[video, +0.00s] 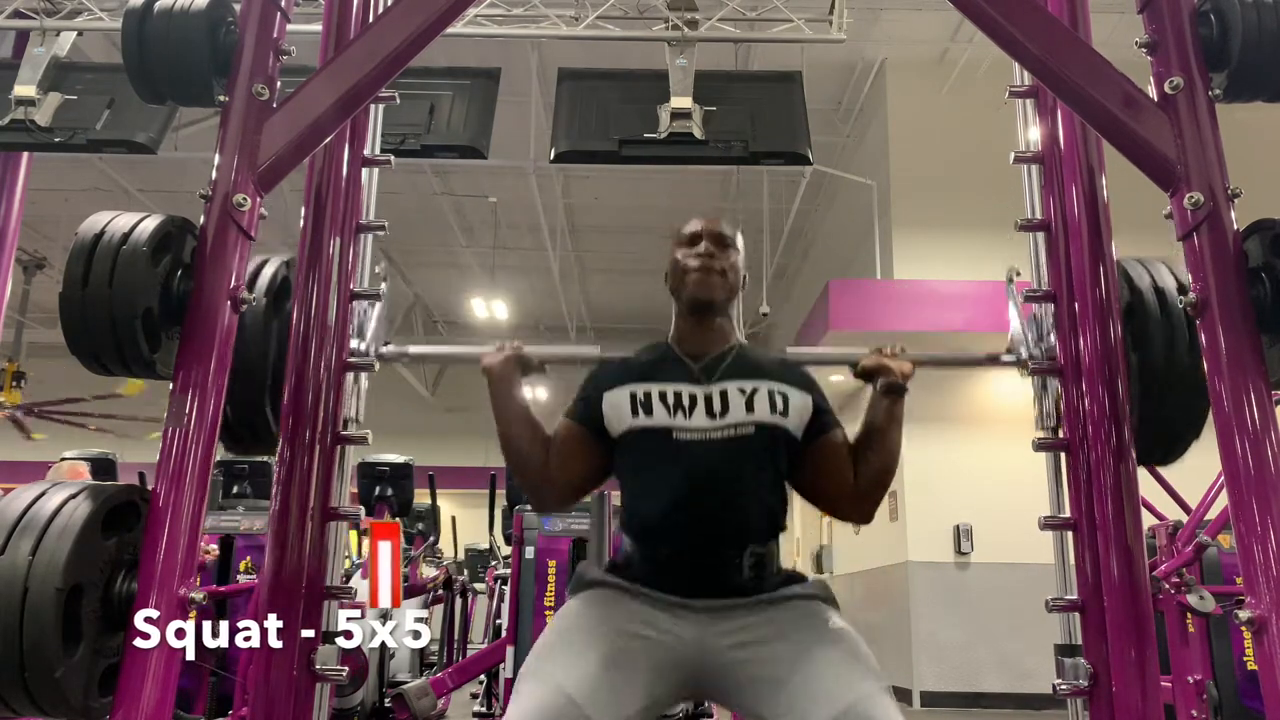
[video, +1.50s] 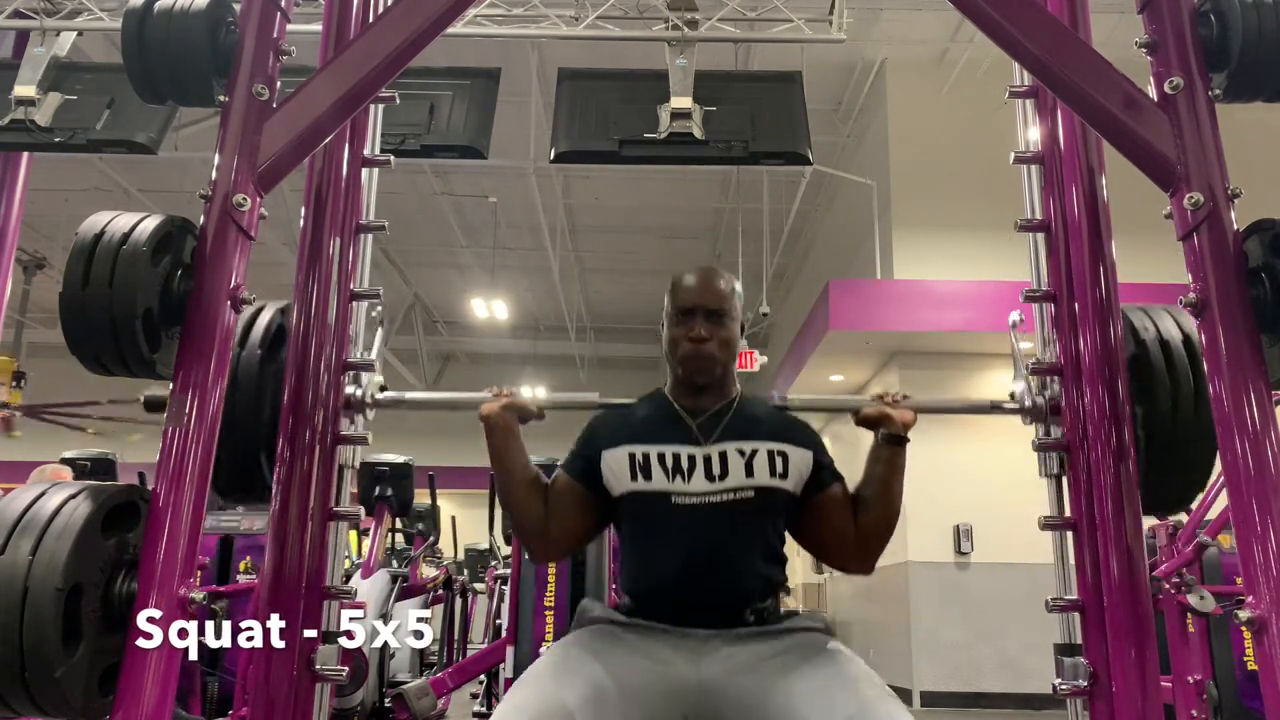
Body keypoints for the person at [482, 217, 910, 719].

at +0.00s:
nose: (707, 252)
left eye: (722, 246)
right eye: (691, 243)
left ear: (741, 279)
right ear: (667, 274)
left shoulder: (787, 383)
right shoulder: (615, 382)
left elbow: (856, 501)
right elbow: (549, 488)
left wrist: (889, 397)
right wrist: (504, 386)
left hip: (767, 615)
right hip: (632, 611)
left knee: (871, 713)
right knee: (532, 712)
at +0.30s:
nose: (702, 385)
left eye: (718, 372)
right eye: (688, 372)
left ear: (742, 388)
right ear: (666, 390)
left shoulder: (789, 497)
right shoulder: (614, 490)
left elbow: (858, 615)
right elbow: (546, 601)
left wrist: (893, 505)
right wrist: (499, 490)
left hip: (766, 693)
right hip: (636, 691)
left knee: (886, 718)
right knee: (512, 718)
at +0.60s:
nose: (698, 464)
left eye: (716, 449)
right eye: (682, 447)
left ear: (742, 455)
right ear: (662, 453)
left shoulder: (792, 562)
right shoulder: (608, 556)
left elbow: (860, 682)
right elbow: (542, 666)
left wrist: (898, 564)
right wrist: (495, 551)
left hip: (755, 714)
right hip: (647, 714)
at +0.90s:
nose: (697, 467)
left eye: (715, 451)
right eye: (681, 451)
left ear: (742, 457)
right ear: (661, 455)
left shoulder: (790, 564)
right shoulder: (607, 560)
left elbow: (860, 685)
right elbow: (539, 671)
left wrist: (898, 566)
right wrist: (495, 554)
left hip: (755, 715)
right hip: (645, 714)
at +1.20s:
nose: (698, 405)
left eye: (715, 391)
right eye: (684, 390)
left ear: (741, 403)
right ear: (663, 402)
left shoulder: (789, 507)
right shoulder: (614, 500)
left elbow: (860, 625)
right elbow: (544, 613)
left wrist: (894, 514)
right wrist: (497, 498)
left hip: (768, 697)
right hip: (633, 695)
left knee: (885, 718)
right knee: (509, 717)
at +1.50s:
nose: (697, 331)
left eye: (714, 318)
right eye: (684, 316)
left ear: (741, 335)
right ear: (665, 331)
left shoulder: (785, 435)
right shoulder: (614, 432)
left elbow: (858, 551)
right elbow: (547, 539)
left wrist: (890, 443)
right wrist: (501, 432)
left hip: (766, 649)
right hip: (635, 646)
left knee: (880, 718)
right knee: (522, 714)